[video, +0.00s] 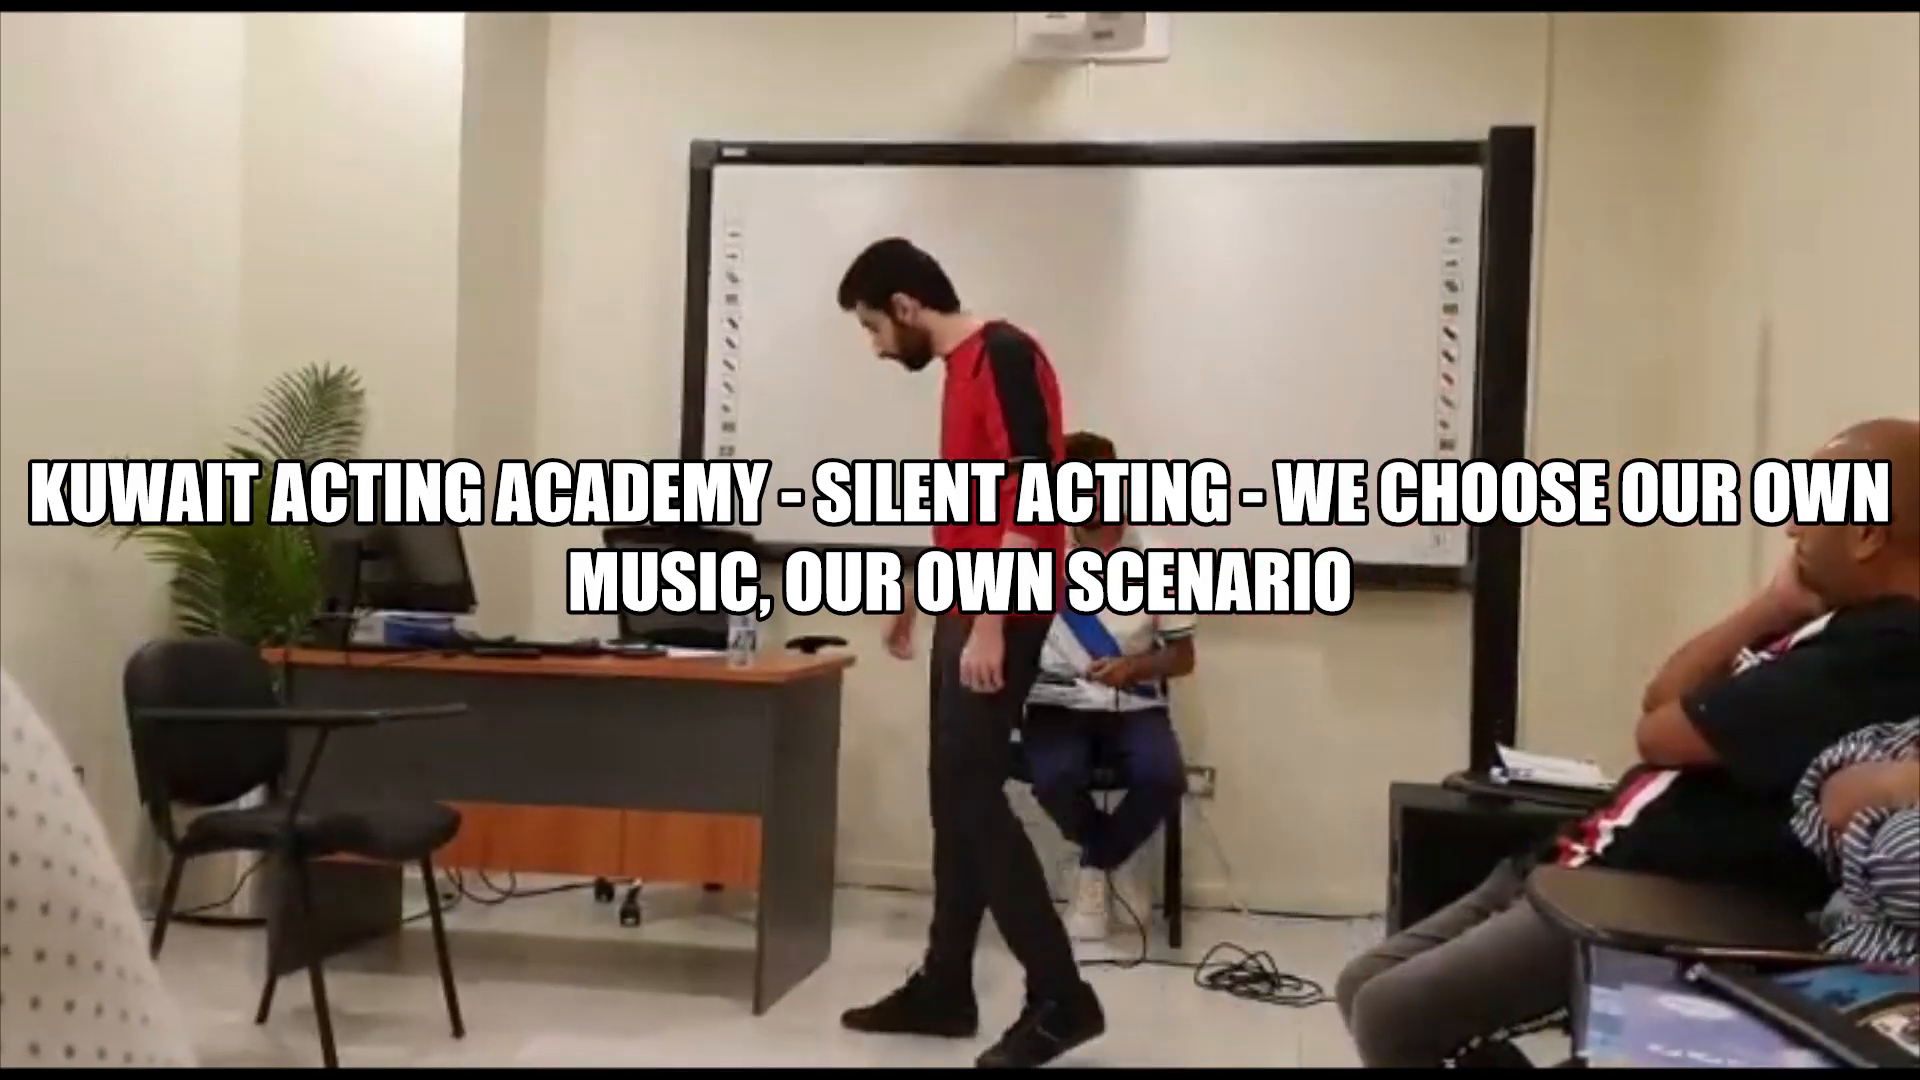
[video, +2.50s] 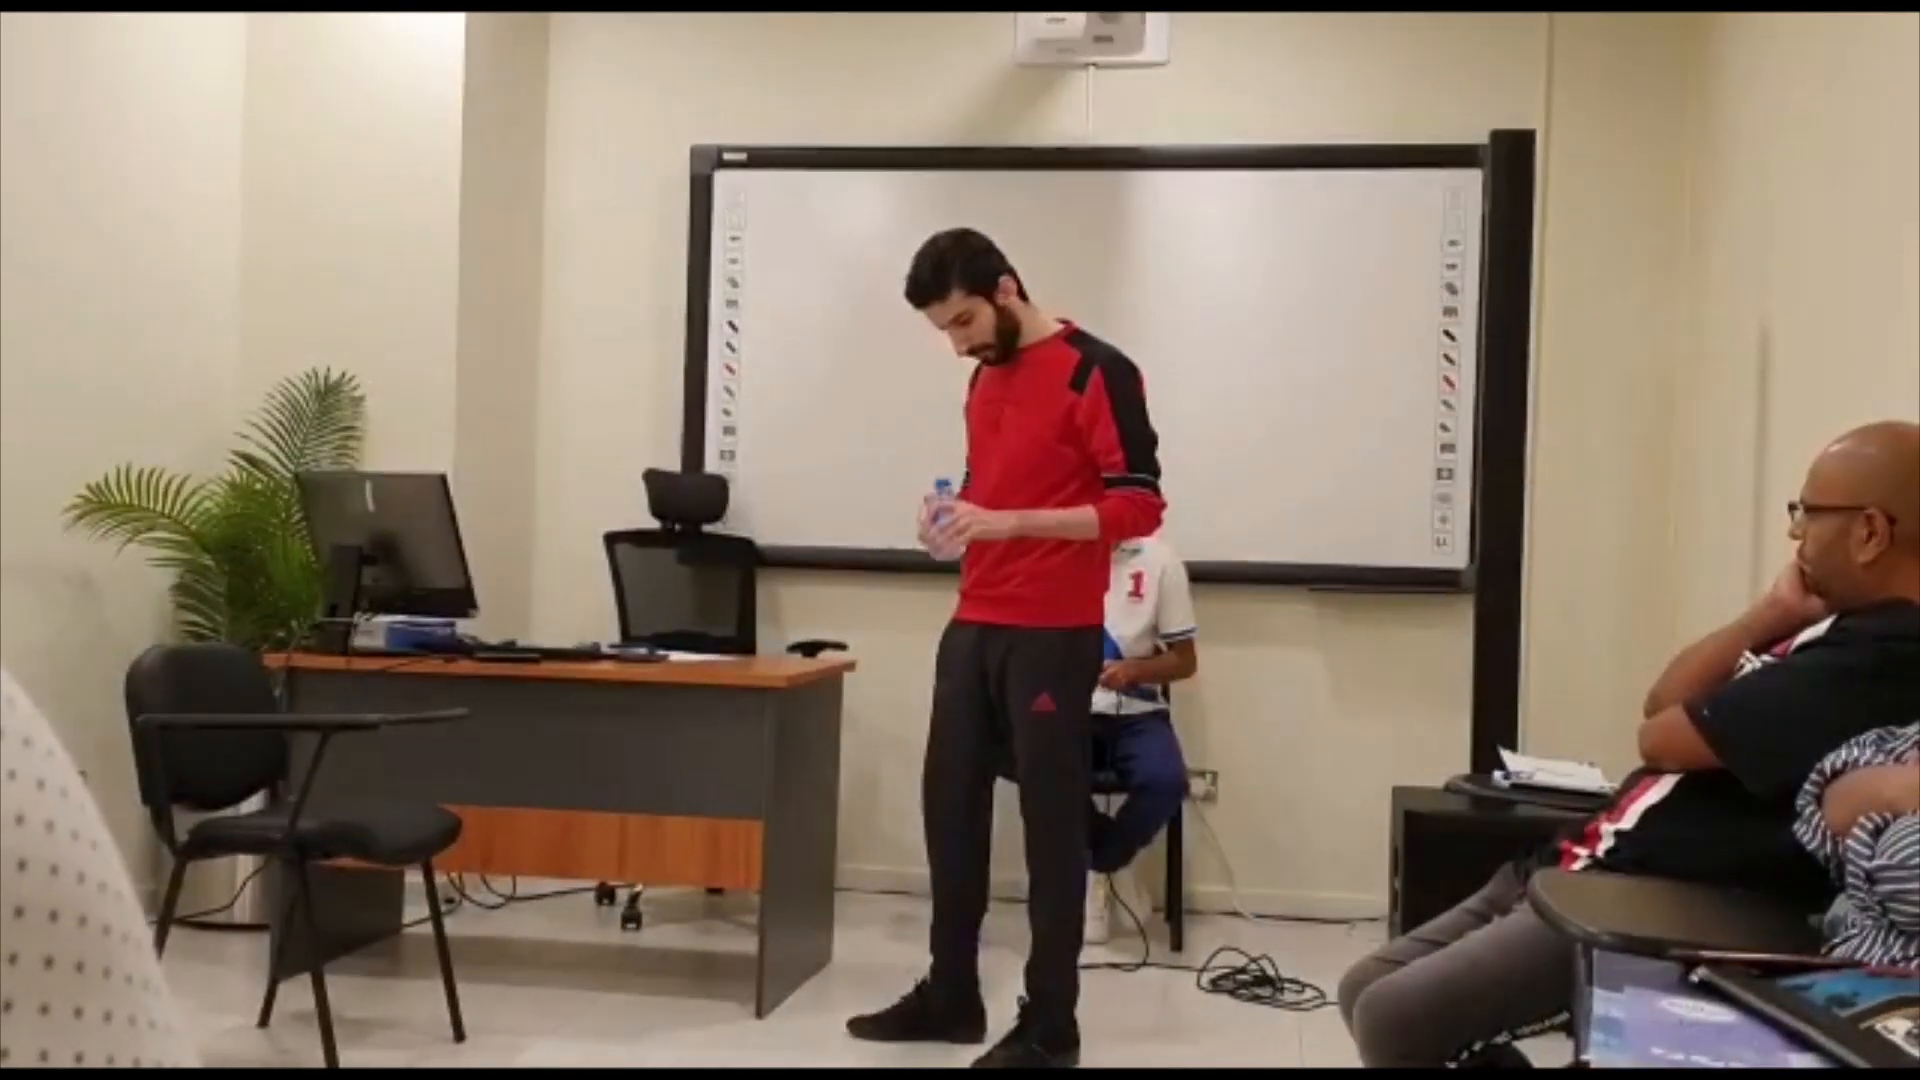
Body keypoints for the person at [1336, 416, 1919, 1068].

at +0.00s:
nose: (1793, 534)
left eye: (1811, 513)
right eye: (1799, 512)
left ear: (1871, 534)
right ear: (1871, 535)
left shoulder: (1885, 645)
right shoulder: (1846, 625)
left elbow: (1664, 738)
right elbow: (1662, 697)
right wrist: (1781, 602)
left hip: (1633, 901)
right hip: (1585, 861)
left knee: (1389, 1016)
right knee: (1363, 983)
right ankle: (1500, 1062)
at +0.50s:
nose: (1791, 536)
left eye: (1807, 515)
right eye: (1796, 514)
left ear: (1867, 533)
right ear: (1869, 534)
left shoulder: (1884, 645)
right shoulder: (1847, 626)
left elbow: (1663, 739)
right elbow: (1661, 699)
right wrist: (1780, 602)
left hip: (1634, 903)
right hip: (1585, 861)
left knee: (1387, 1017)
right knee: (1363, 982)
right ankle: (1495, 1061)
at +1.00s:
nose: (1796, 534)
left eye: (1814, 513)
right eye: (1801, 512)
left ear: (1873, 533)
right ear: (1873, 534)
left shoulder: (1885, 646)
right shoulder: (1847, 626)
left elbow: (1663, 738)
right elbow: (1663, 696)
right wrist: (1782, 603)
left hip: (1636, 902)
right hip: (1587, 860)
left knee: (1387, 1018)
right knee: (1363, 983)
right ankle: (1491, 1061)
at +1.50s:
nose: (1798, 535)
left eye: (1816, 513)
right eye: (1803, 513)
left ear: (1877, 534)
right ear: (1876, 536)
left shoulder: (1883, 647)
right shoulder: (1848, 625)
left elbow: (1664, 737)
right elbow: (1666, 695)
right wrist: (1783, 604)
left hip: (1640, 903)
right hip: (1589, 861)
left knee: (1388, 1017)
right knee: (1363, 985)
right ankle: (1491, 1061)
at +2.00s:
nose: (1795, 535)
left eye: (1806, 516)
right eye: (1798, 514)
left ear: (1874, 532)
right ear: (1874, 532)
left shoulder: (1883, 650)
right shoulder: (1847, 626)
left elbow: (1666, 739)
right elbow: (1665, 700)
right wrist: (1783, 606)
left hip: (1632, 907)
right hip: (1581, 864)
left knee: (1388, 1019)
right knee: (1364, 985)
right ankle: (1486, 1061)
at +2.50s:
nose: (1794, 536)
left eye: (1806, 516)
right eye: (1798, 515)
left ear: (1873, 532)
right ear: (1873, 532)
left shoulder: (1882, 650)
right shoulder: (1848, 627)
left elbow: (1665, 743)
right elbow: (1662, 704)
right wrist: (1779, 610)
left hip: (1638, 907)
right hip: (1585, 863)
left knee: (1390, 1020)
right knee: (1365, 986)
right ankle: (1486, 1060)